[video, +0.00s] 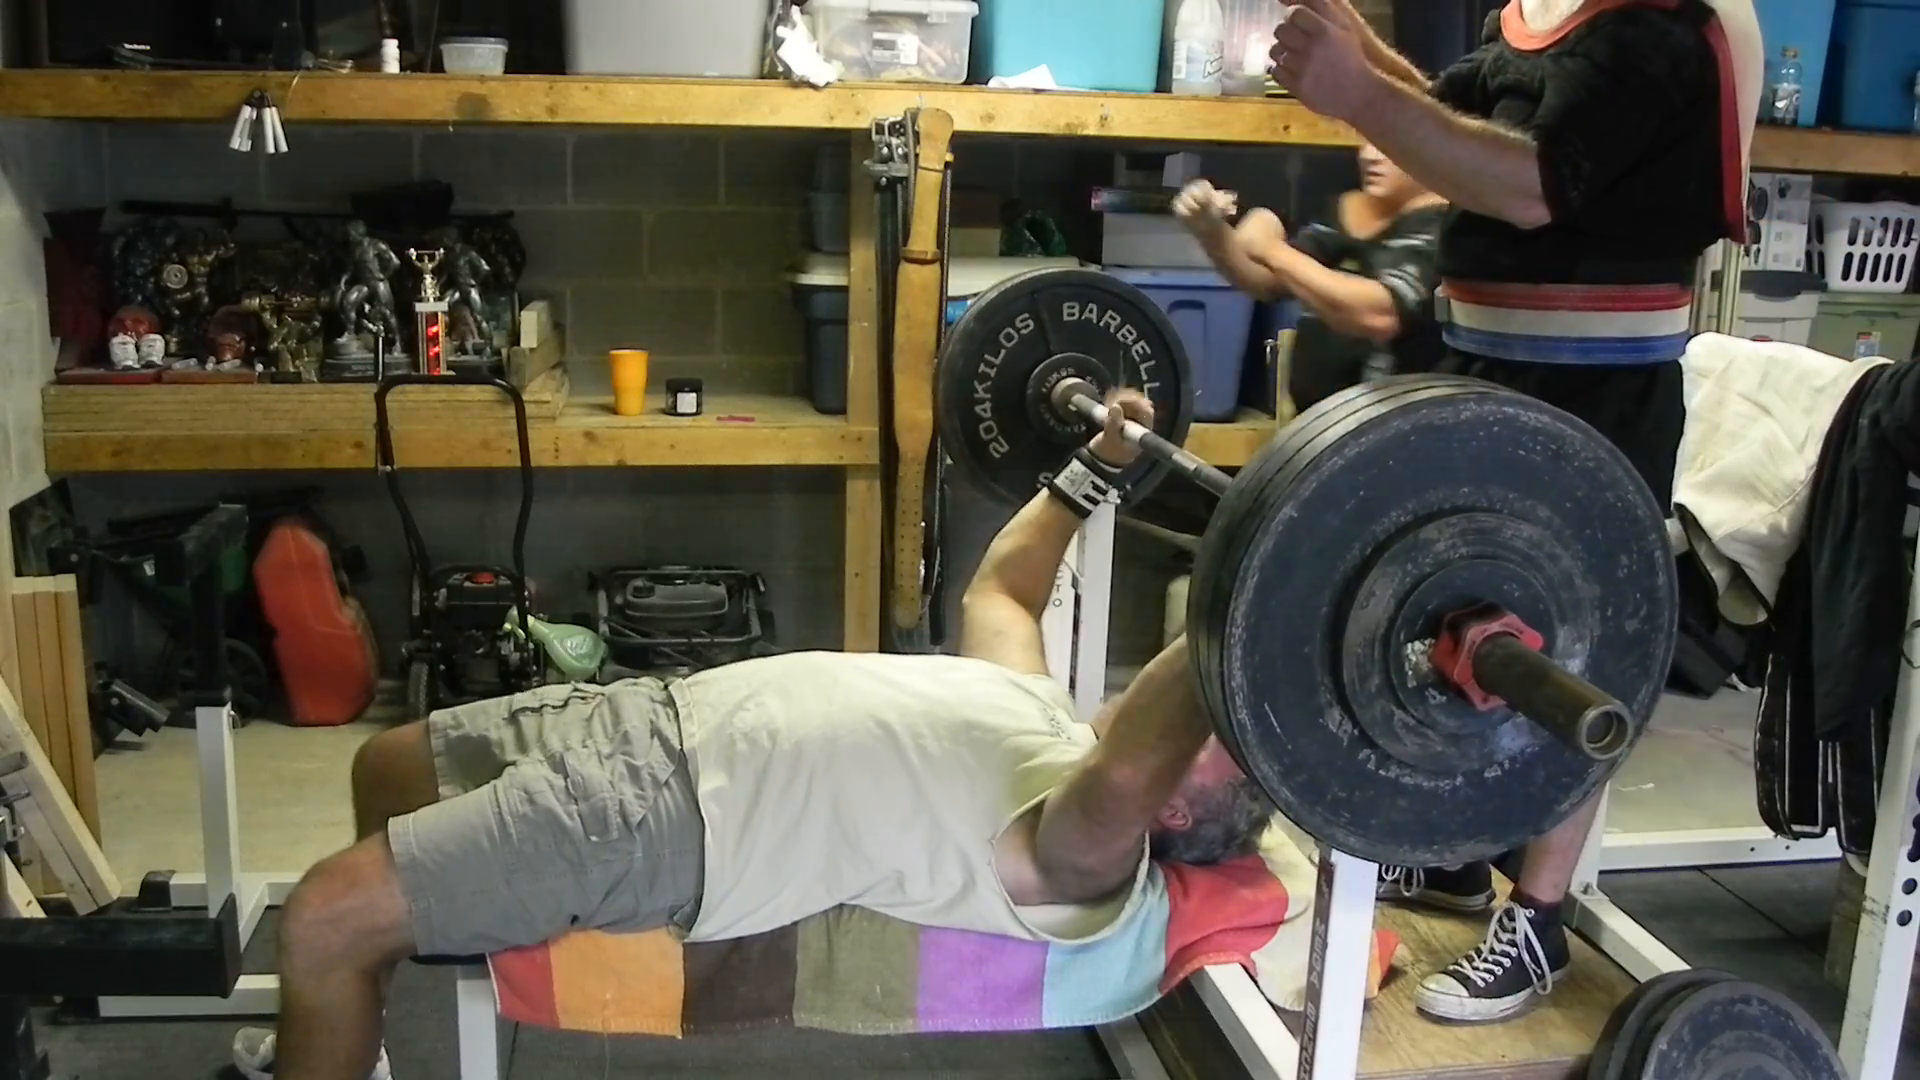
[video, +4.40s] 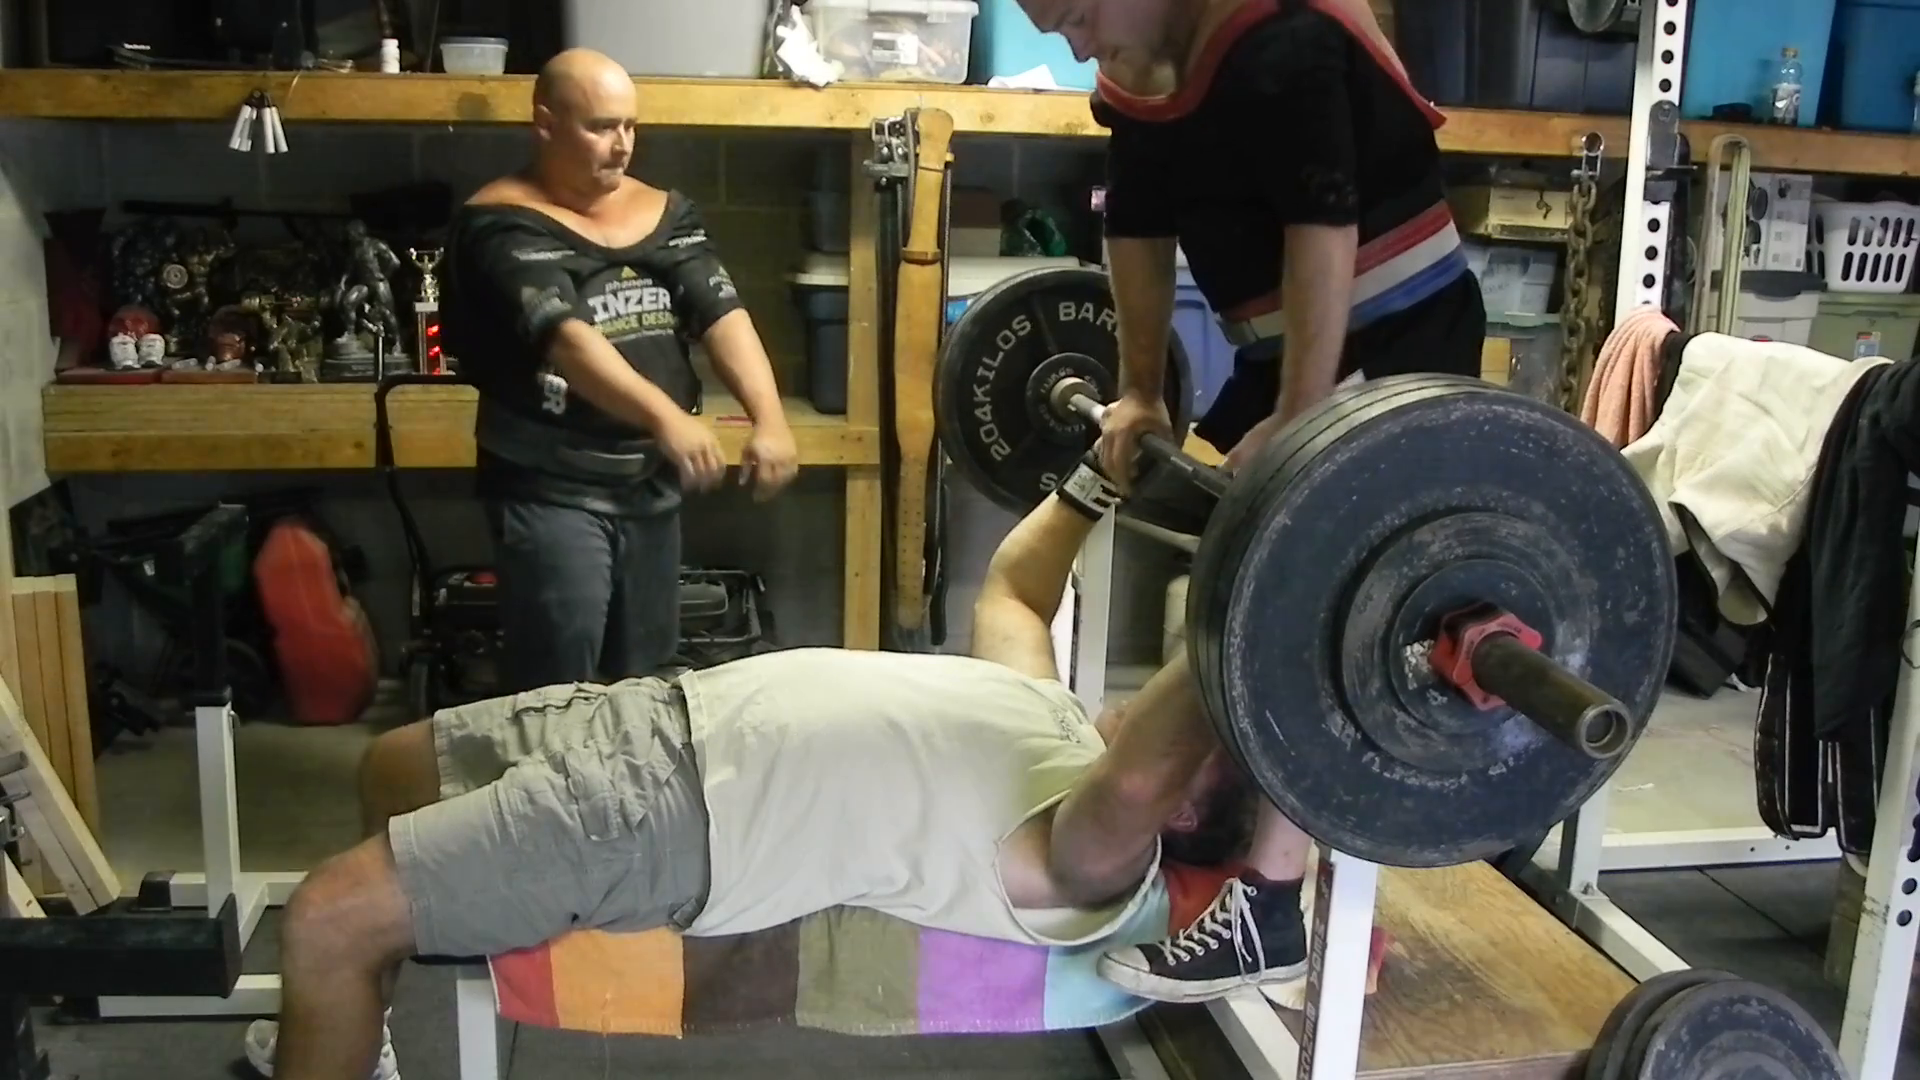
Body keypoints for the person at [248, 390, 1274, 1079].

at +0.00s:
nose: (1191, 734)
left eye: (1220, 744)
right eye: (1207, 720)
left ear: (1214, 801)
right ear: (1184, 736)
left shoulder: (1080, 853)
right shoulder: (1026, 714)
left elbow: (1143, 753)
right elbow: (1008, 588)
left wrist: (1258, 608)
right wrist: (1091, 469)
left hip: (667, 818)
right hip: (648, 709)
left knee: (325, 921)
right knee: (386, 766)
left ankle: (331, 1065)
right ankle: (407, 991)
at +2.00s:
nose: (1181, 727)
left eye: (1207, 742)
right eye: (1203, 723)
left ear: (1202, 812)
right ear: (1187, 729)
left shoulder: (1078, 865)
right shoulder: (1043, 716)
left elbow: (1143, 754)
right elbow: (1013, 585)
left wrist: (1275, 596)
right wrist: (1104, 464)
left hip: (662, 817)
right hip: (648, 712)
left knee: (323, 922)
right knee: (391, 762)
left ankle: (332, 1064)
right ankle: (374, 1016)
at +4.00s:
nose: (1185, 715)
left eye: (1216, 735)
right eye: (1209, 716)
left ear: (1202, 827)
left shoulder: (1088, 868)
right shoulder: (1049, 723)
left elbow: (1151, 757)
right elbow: (1014, 586)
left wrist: (1277, 594)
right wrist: (1098, 486)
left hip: (669, 817)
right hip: (660, 714)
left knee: (326, 916)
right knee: (390, 769)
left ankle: (327, 1065)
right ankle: (359, 1010)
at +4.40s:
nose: (1188, 710)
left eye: (1216, 731)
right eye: (1211, 711)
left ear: (1197, 809)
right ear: (1192, 716)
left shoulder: (1090, 868)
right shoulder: (1054, 718)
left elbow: (1151, 764)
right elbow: (1016, 589)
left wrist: (1271, 597)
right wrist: (1101, 479)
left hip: (671, 815)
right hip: (660, 713)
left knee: (326, 918)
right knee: (394, 768)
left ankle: (332, 1057)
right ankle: (354, 990)